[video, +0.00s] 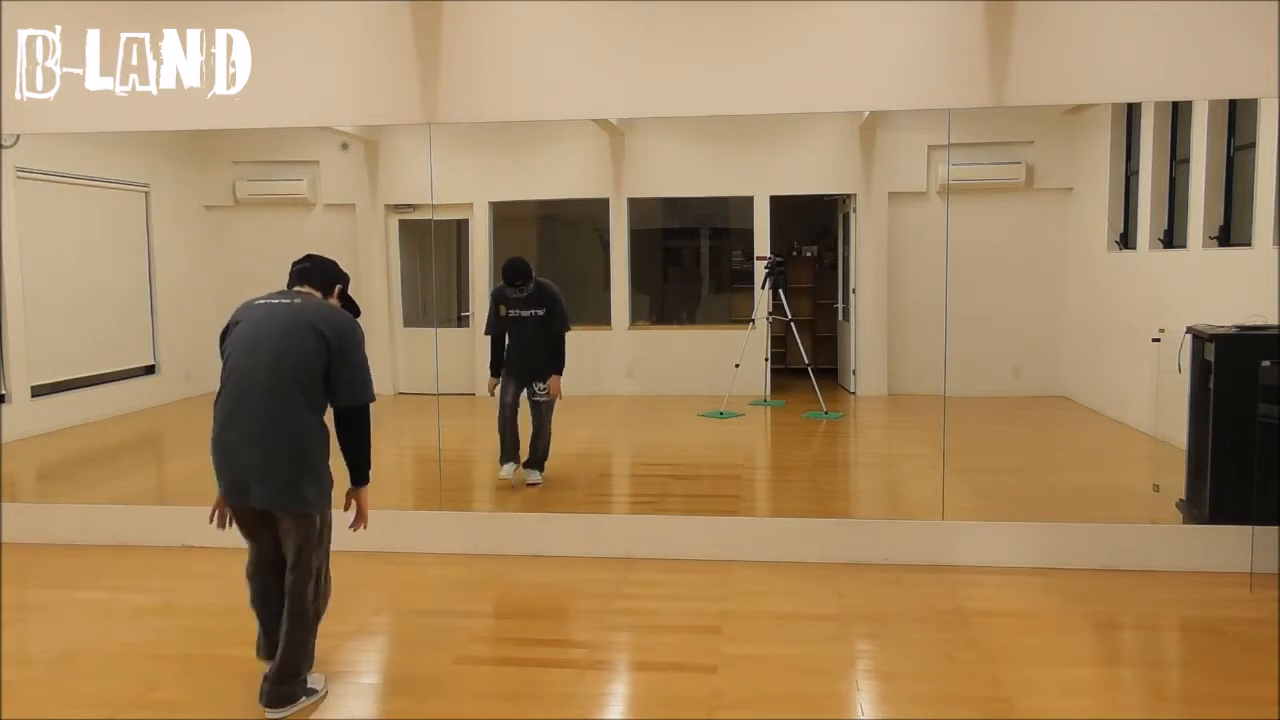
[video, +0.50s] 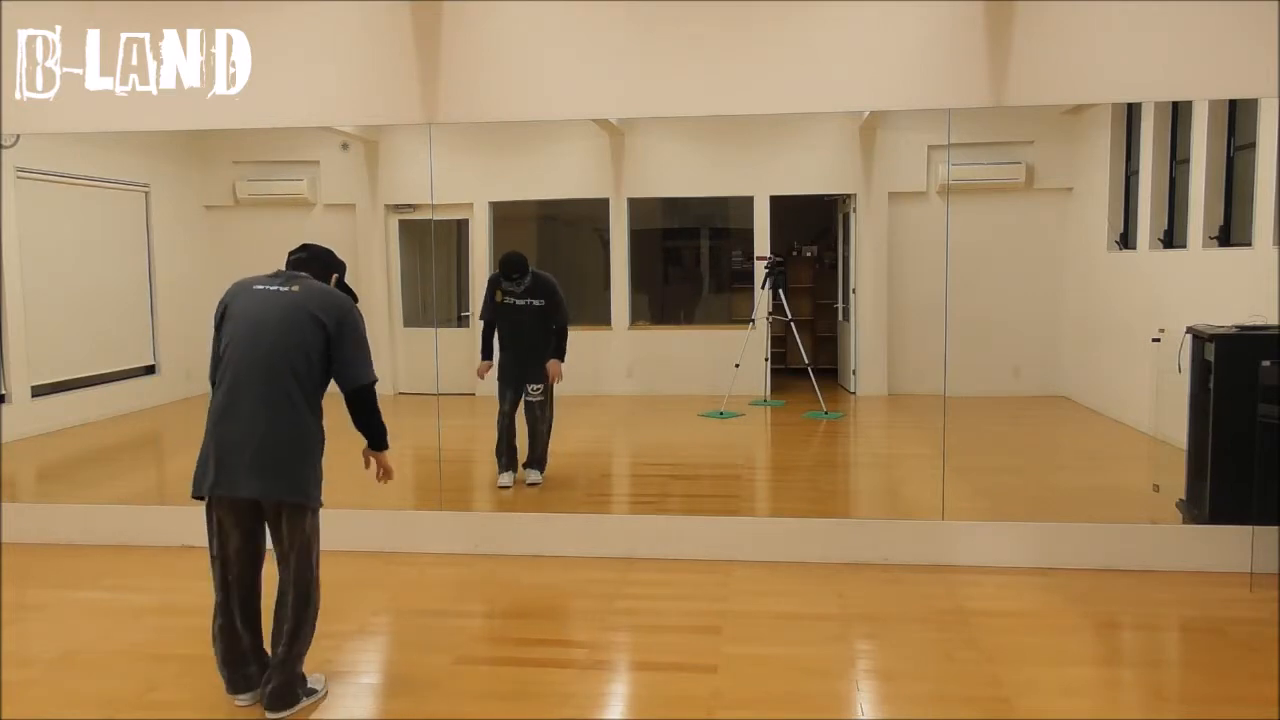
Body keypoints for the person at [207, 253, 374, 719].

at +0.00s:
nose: (342, 306)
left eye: (342, 302)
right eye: (344, 301)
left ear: (292, 283)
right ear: (334, 293)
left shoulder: (245, 313)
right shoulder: (337, 323)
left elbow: (230, 399)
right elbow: (352, 408)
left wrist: (227, 480)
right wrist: (359, 481)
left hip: (236, 462)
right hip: (296, 463)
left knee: (265, 553)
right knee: (306, 573)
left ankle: (270, 644)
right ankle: (284, 688)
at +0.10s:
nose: (339, 307)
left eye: (339, 302)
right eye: (341, 301)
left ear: (290, 285)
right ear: (330, 293)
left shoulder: (242, 314)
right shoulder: (335, 325)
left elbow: (220, 400)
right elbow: (349, 409)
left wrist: (225, 480)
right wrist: (358, 482)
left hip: (238, 459)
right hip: (296, 460)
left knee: (274, 542)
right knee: (308, 572)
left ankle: (273, 623)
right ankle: (284, 687)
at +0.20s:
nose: (338, 297)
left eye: (339, 293)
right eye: (339, 291)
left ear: (286, 275)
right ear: (328, 283)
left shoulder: (237, 301)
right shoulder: (334, 308)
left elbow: (225, 388)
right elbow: (352, 396)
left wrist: (226, 461)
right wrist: (364, 464)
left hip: (238, 452)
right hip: (295, 453)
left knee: (270, 548)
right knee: (308, 571)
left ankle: (269, 625)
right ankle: (283, 687)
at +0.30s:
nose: (337, 291)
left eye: (338, 286)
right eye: (338, 285)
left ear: (289, 264)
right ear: (329, 275)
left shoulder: (237, 284)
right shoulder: (334, 294)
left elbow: (221, 361)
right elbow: (360, 378)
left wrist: (245, 414)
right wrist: (368, 443)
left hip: (233, 448)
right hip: (295, 451)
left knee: (257, 560)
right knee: (304, 571)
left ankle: (258, 649)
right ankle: (283, 688)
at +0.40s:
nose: (337, 292)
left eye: (338, 287)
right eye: (337, 286)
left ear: (287, 267)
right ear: (329, 278)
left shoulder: (238, 287)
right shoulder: (334, 299)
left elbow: (223, 362)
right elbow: (367, 379)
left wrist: (254, 412)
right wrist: (376, 447)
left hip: (230, 457)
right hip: (295, 461)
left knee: (241, 570)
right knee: (299, 574)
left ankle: (244, 678)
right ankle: (284, 689)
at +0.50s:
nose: (340, 294)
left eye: (340, 289)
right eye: (340, 287)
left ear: (288, 269)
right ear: (329, 279)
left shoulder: (237, 292)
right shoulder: (336, 305)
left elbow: (220, 372)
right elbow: (357, 385)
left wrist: (243, 423)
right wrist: (377, 444)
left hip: (225, 452)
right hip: (289, 456)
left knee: (233, 570)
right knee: (298, 573)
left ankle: (242, 677)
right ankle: (283, 688)